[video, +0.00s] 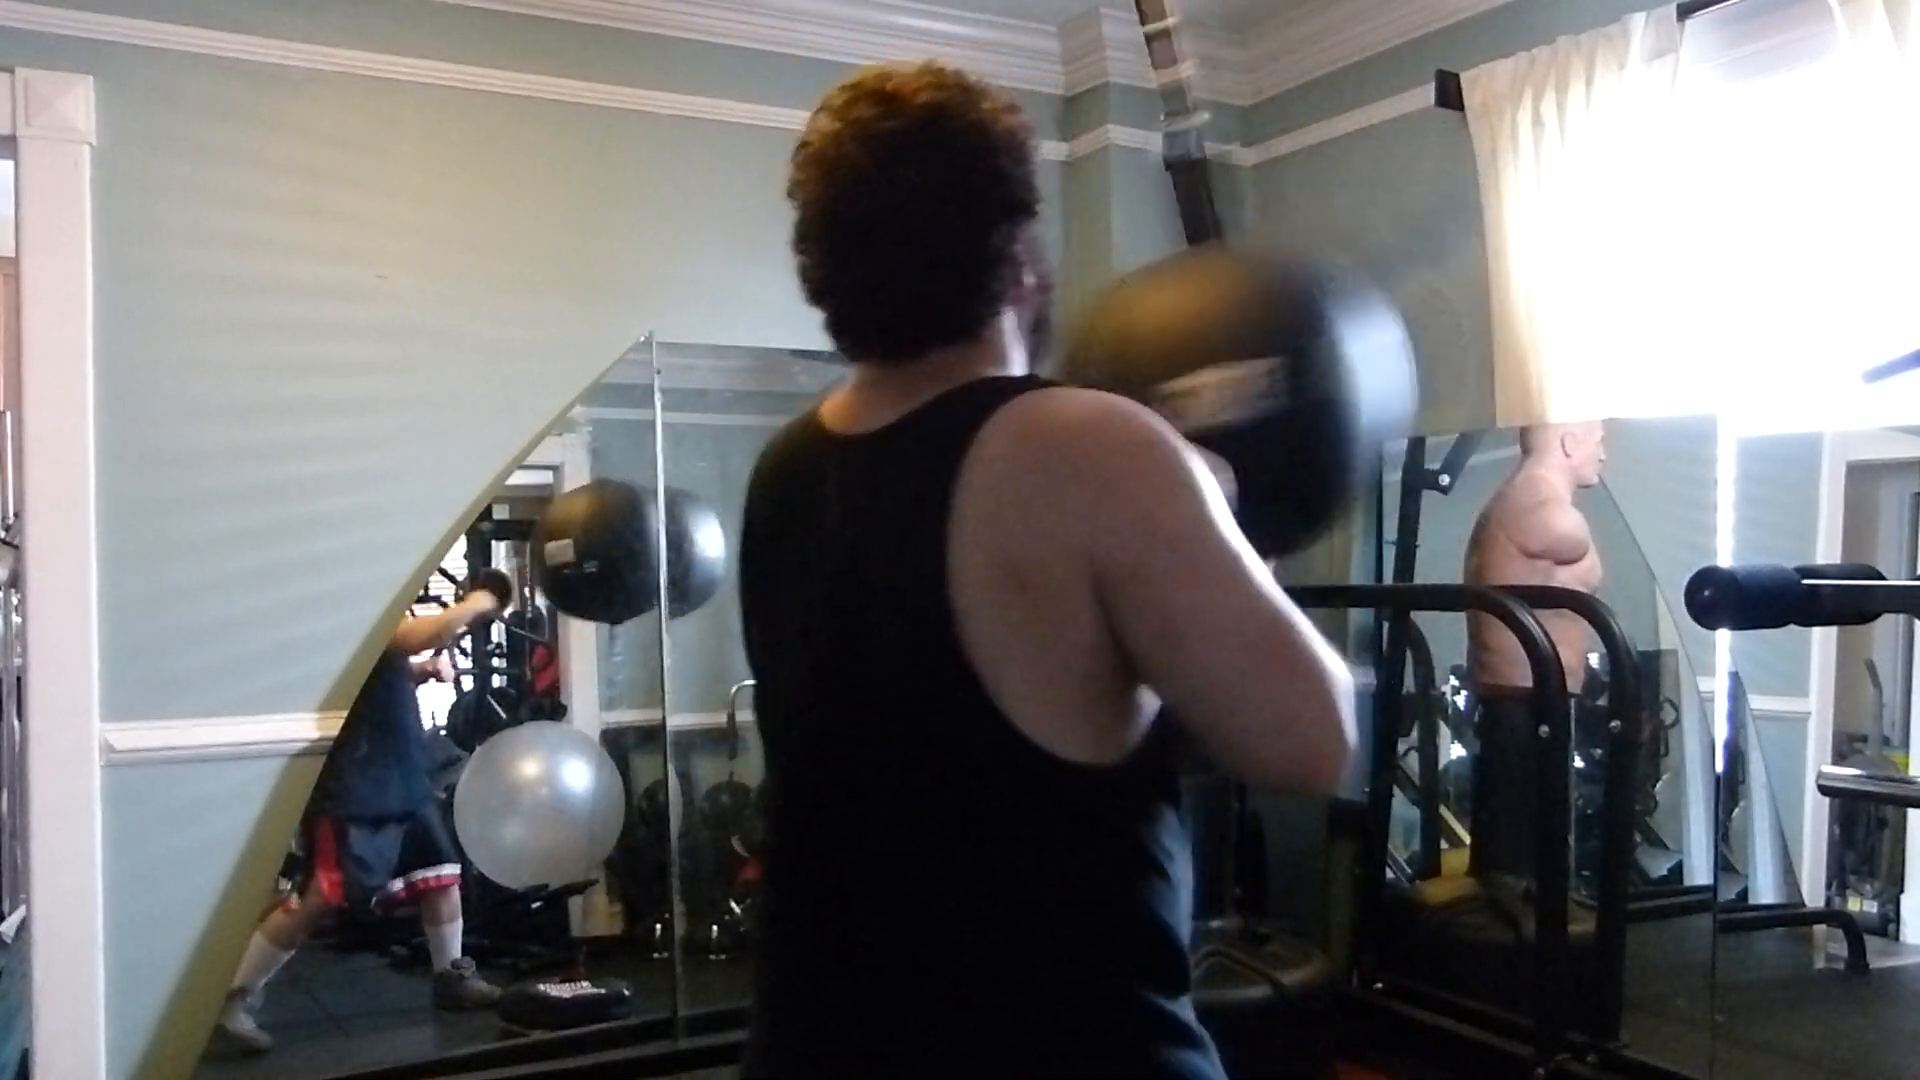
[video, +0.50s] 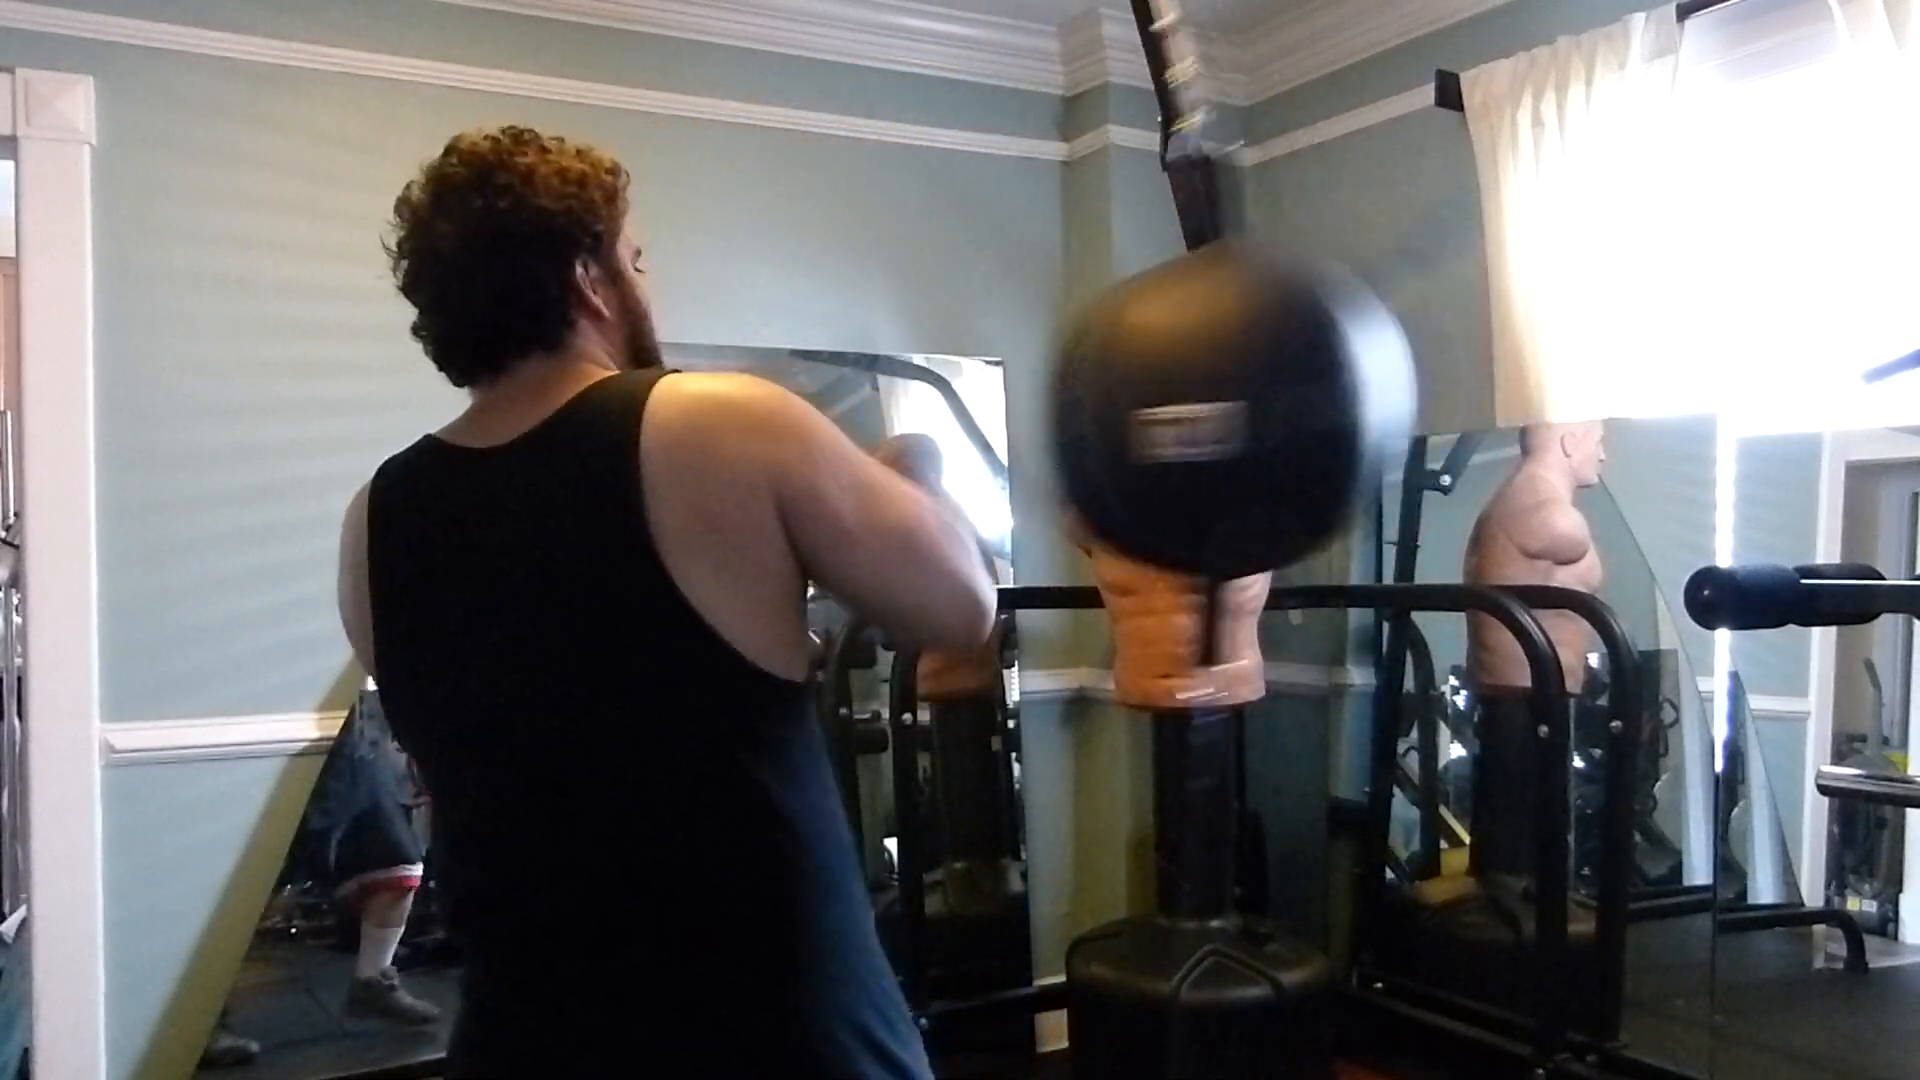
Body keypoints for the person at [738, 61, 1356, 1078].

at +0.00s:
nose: (1044, 258)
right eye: (1037, 233)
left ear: (823, 271)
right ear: (1017, 261)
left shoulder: (786, 473)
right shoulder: (1096, 452)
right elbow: (1310, 749)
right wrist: (1204, 512)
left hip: (834, 1022)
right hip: (1084, 1030)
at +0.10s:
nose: (954, 278)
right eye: (944, 255)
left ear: (733, 296)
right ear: (924, 284)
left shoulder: (697, 507)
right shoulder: (1011, 462)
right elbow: (1228, 750)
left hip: (785, 1029)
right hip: (1033, 1031)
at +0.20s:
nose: (826, 298)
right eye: (812, 270)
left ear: (612, 324)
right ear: (788, 300)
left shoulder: (559, 550)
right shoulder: (938, 471)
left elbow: (608, 768)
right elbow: (1105, 749)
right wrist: (956, 731)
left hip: (696, 1033)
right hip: (951, 1024)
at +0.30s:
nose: (710, 288)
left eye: (697, 257)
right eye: (696, 260)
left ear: (505, 333)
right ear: (667, 289)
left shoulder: (449, 546)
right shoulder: (848, 443)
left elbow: (486, 748)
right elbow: (1017, 693)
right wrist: (875, 772)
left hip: (617, 1021)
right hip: (867, 1005)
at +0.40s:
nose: (658, 287)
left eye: (647, 256)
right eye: (642, 259)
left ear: (455, 324)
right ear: (599, 279)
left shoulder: (388, 532)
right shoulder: (771, 424)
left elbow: (449, 752)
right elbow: (962, 670)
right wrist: (815, 703)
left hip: (559, 1026)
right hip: (816, 1010)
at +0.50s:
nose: (651, 292)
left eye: (640, 259)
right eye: (635, 263)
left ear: (447, 317)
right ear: (588, 284)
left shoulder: (374, 522)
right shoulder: (730, 426)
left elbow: (440, 741)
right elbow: (960, 613)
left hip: (525, 1013)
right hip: (775, 1003)